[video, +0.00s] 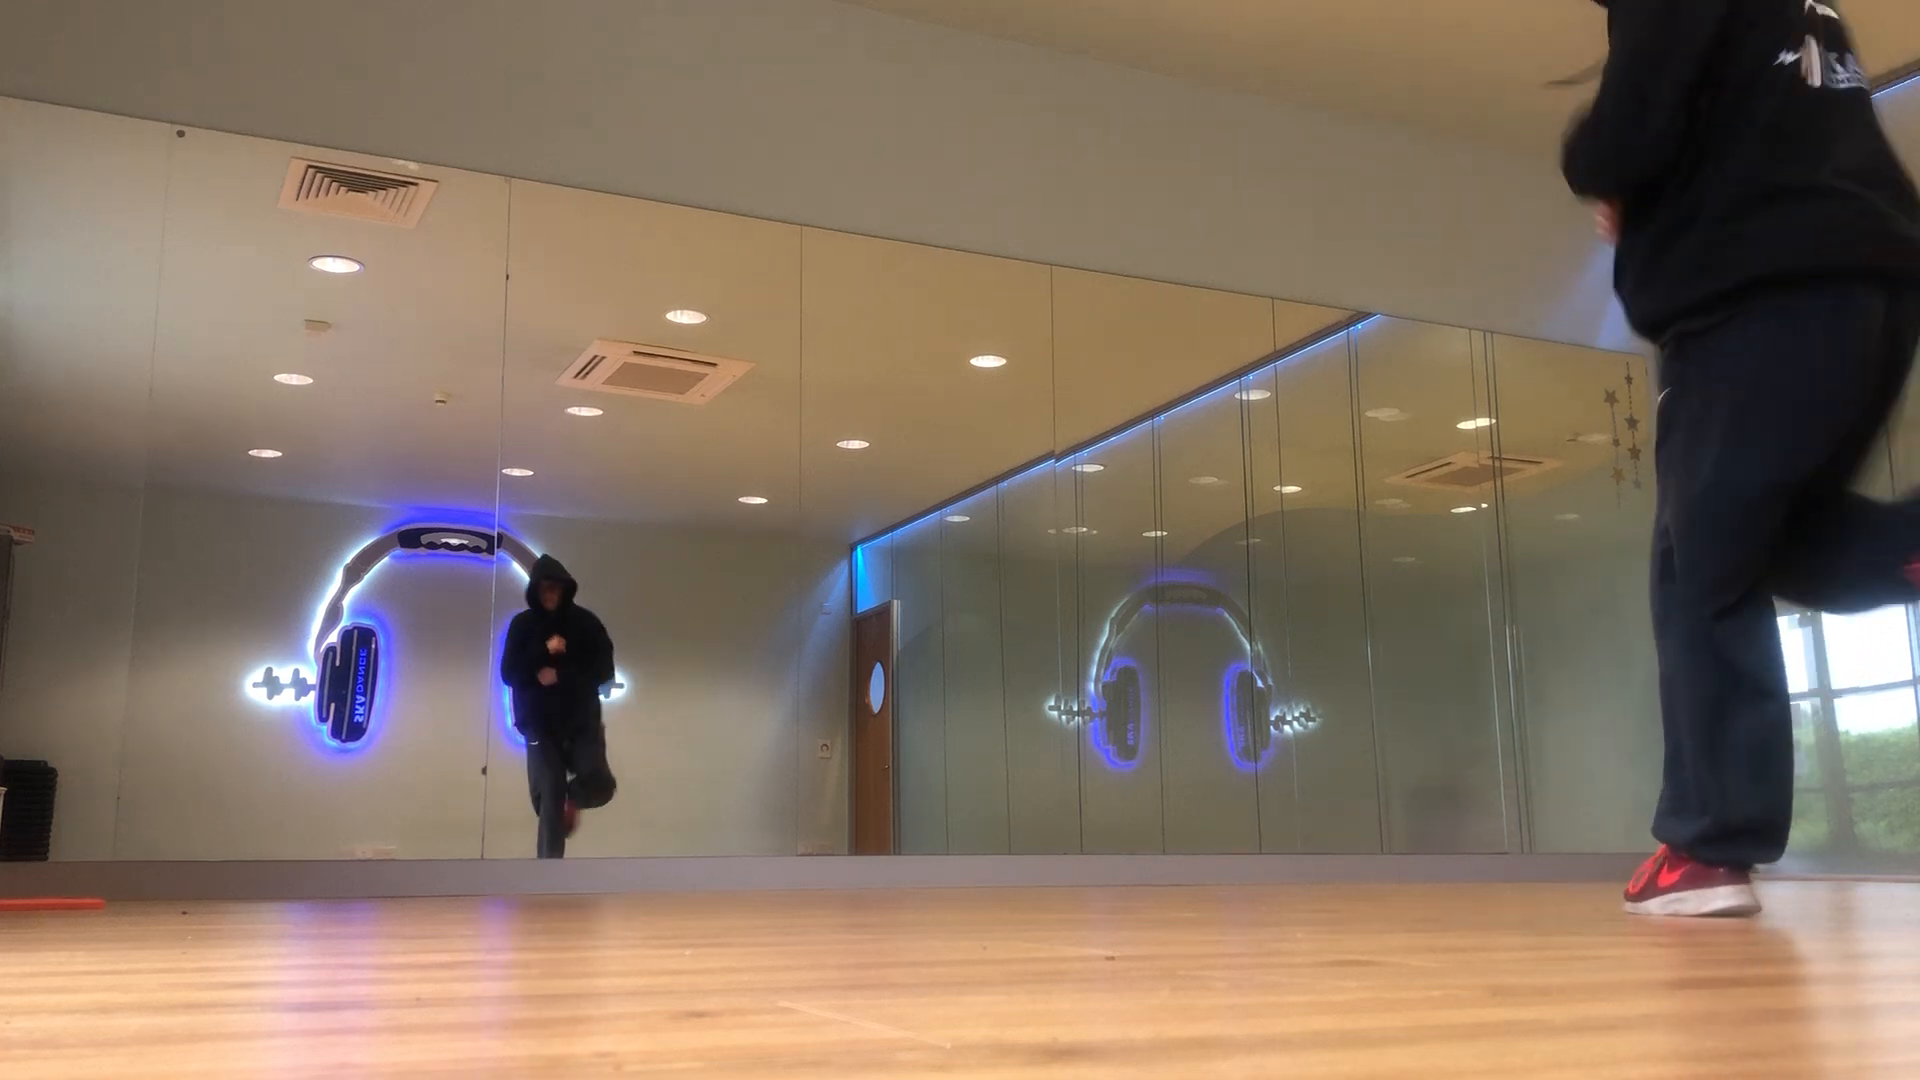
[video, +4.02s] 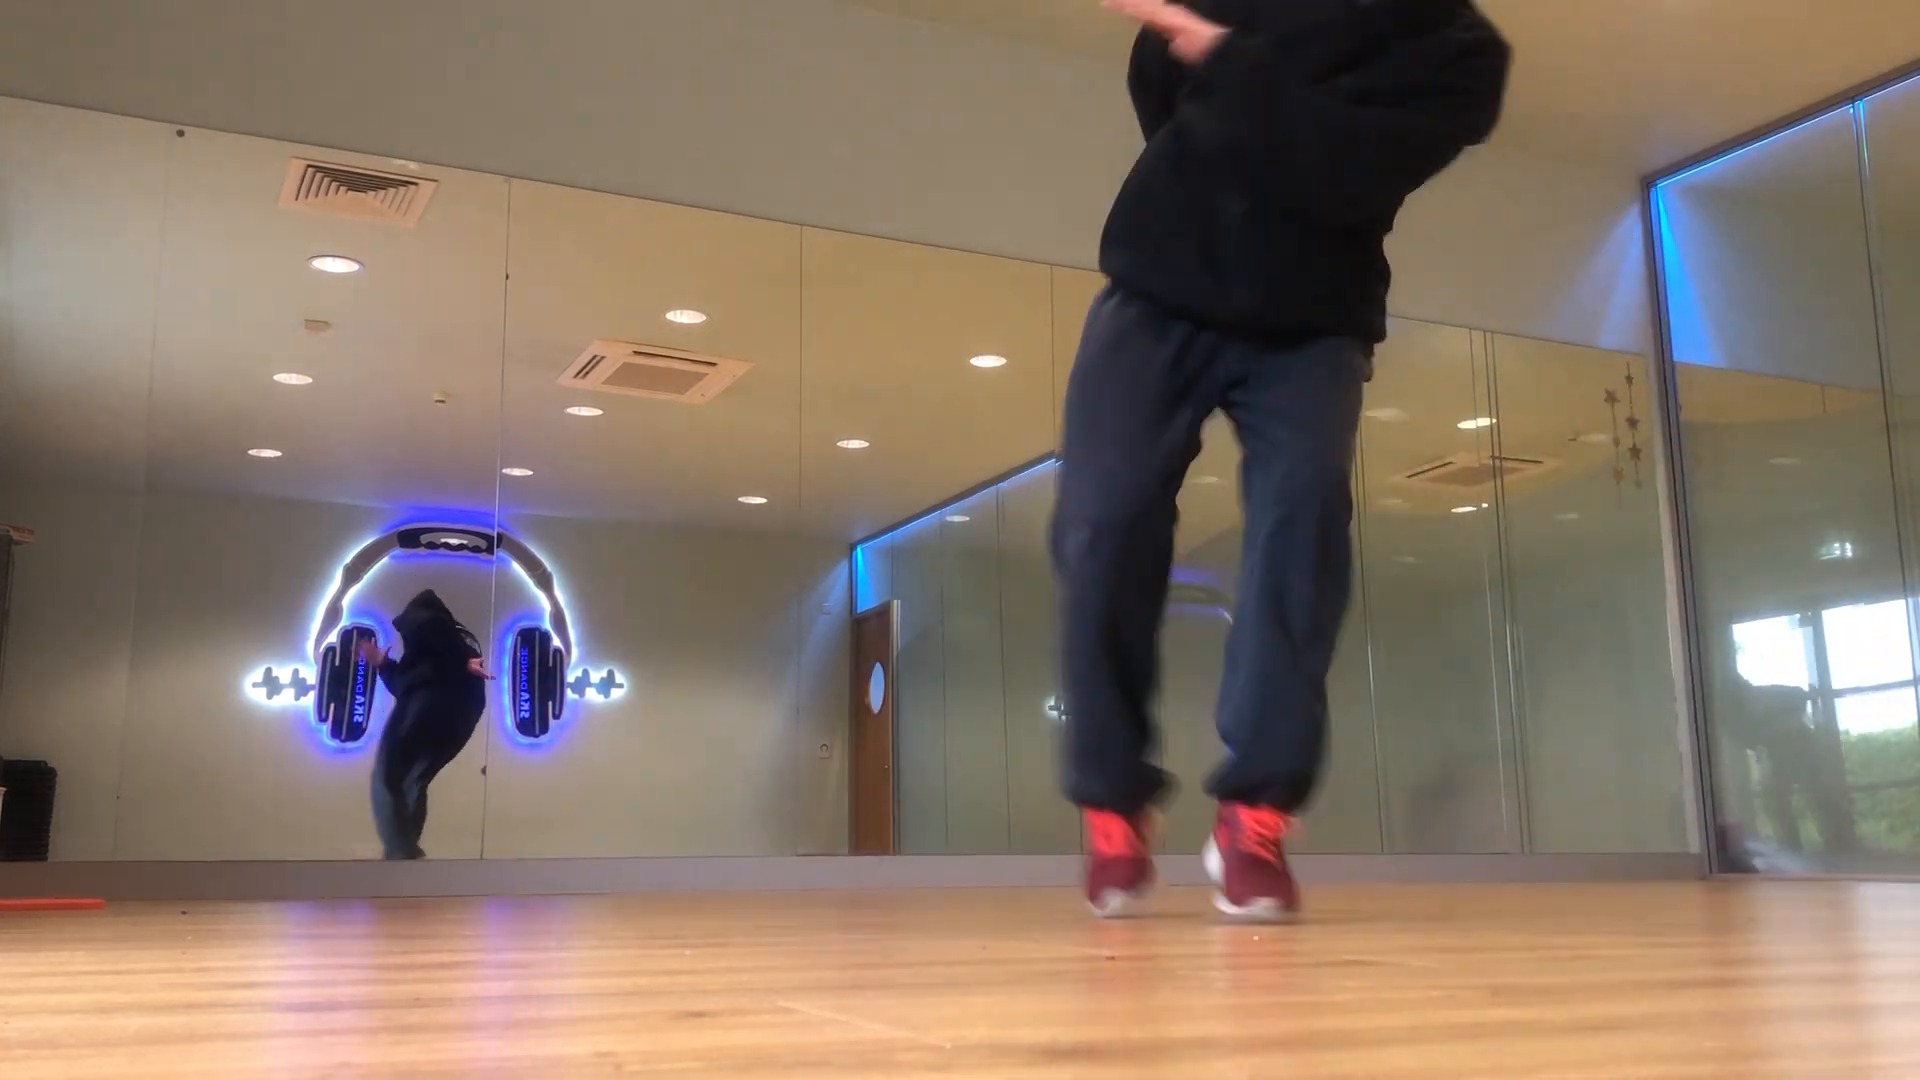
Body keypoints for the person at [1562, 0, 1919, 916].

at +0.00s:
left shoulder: (1670, 4)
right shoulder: (1797, 14)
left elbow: (1629, 127)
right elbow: (1766, 122)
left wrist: (1585, 162)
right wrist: (1638, 183)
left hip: (1763, 283)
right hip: (1866, 276)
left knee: (1702, 565)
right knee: (1775, 535)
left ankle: (1714, 848)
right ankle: (1913, 542)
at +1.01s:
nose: (1700, 10)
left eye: (1707, 1)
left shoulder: (1564, 65)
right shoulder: (1614, 72)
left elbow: (1476, 193)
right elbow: (1637, 206)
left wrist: (1395, 288)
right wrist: (1713, 307)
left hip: (1495, 387)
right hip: (1558, 384)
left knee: (1603, 621)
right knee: (1753, 505)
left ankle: (1542, 856)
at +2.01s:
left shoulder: (1376, 62)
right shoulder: (1169, 9)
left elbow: (1329, 230)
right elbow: (1086, 91)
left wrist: (1253, 356)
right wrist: (1094, 257)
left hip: (1219, 293)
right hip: (1079, 250)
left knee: (1214, 483)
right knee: (1045, 532)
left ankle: (1115, 760)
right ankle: (989, 821)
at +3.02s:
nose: (1639, 13)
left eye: (1651, 6)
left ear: (1647, 17)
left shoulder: (1557, 88)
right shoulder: (1490, 79)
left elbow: (1544, 275)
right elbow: (1493, 265)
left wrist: (1567, 425)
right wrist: (1558, 426)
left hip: (1459, 387)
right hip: (1415, 386)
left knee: (1524, 621)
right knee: (1624, 537)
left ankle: (1382, 827)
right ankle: (1687, 825)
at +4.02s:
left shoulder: (1458, 46)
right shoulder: (1229, 10)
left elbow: (1358, 163)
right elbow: (1171, 126)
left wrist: (1221, 49)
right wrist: (1166, 38)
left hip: (1312, 315)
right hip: (1161, 289)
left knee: (1302, 517)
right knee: (1101, 530)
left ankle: (1256, 813)